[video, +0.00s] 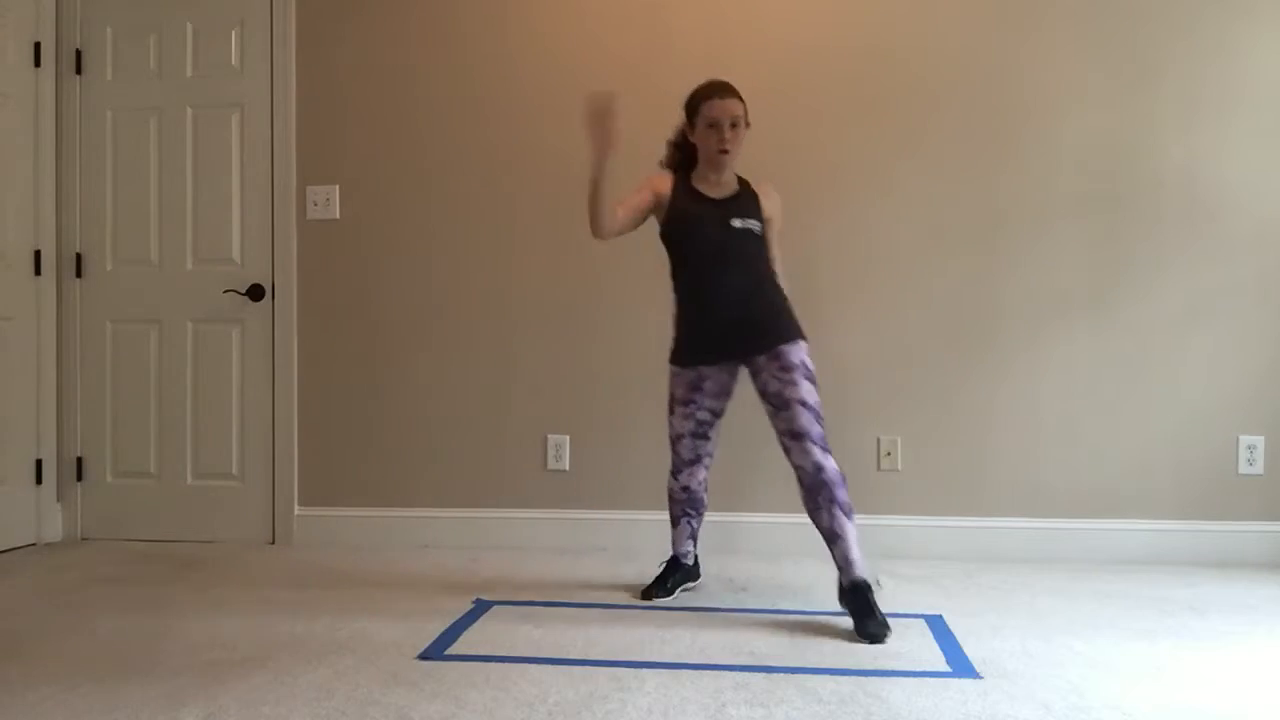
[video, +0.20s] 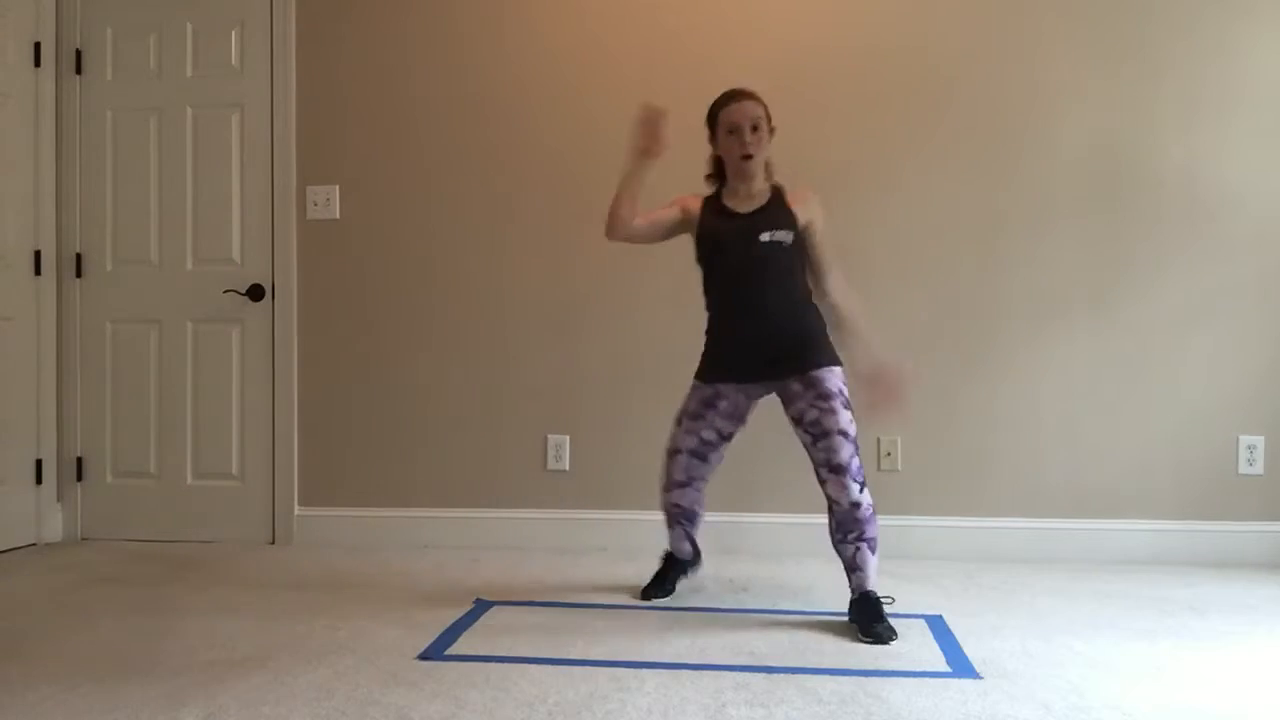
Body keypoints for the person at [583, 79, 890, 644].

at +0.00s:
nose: (725, 136)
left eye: (735, 125)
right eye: (713, 125)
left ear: (746, 130)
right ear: (692, 130)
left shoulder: (762, 198)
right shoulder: (665, 187)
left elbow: (773, 273)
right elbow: (605, 226)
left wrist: (783, 330)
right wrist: (602, 154)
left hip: (770, 333)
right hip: (702, 339)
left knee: (810, 453)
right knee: (688, 456)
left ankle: (855, 584)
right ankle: (683, 559)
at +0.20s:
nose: (745, 140)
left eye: (754, 128)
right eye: (732, 131)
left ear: (771, 136)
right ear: (715, 142)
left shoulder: (799, 203)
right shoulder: (696, 211)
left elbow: (830, 289)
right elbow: (620, 227)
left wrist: (870, 359)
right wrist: (642, 158)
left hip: (804, 358)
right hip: (729, 363)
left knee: (842, 472)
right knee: (684, 464)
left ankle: (864, 593)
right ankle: (681, 554)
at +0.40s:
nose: (746, 108)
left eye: (756, 96)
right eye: (733, 99)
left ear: (775, 104)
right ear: (717, 113)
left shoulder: (801, 170)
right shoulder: (706, 180)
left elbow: (868, 215)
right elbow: (648, 246)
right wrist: (570, 253)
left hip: (766, 339)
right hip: (691, 329)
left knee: (809, 464)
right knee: (642, 425)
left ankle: (854, 592)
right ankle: (626, 532)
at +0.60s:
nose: (707, 141)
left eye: (717, 130)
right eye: (695, 132)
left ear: (734, 136)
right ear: (676, 142)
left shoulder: (756, 207)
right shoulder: (657, 215)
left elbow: (810, 260)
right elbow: (639, 282)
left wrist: (822, 189)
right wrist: (624, 341)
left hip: (709, 361)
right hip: (632, 352)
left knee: (778, 472)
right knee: (593, 475)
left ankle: (847, 590)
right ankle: (590, 593)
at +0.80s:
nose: (671, 113)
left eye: (680, 101)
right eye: (658, 101)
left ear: (691, 106)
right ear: (632, 109)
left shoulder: (710, 177)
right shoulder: (608, 179)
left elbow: (764, 243)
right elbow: (551, 243)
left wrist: (833, 268)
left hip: (708, 332)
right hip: (635, 339)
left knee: (776, 417)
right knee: (610, 460)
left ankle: (773, 553)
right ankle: (592, 592)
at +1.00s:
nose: (672, 136)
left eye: (680, 125)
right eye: (659, 126)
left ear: (689, 130)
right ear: (633, 131)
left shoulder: (706, 193)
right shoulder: (609, 200)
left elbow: (735, 266)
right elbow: (555, 262)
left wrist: (761, 335)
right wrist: (542, 190)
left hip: (728, 340)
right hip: (660, 348)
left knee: (753, 453)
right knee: (628, 469)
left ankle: (734, 530)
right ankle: (594, 592)